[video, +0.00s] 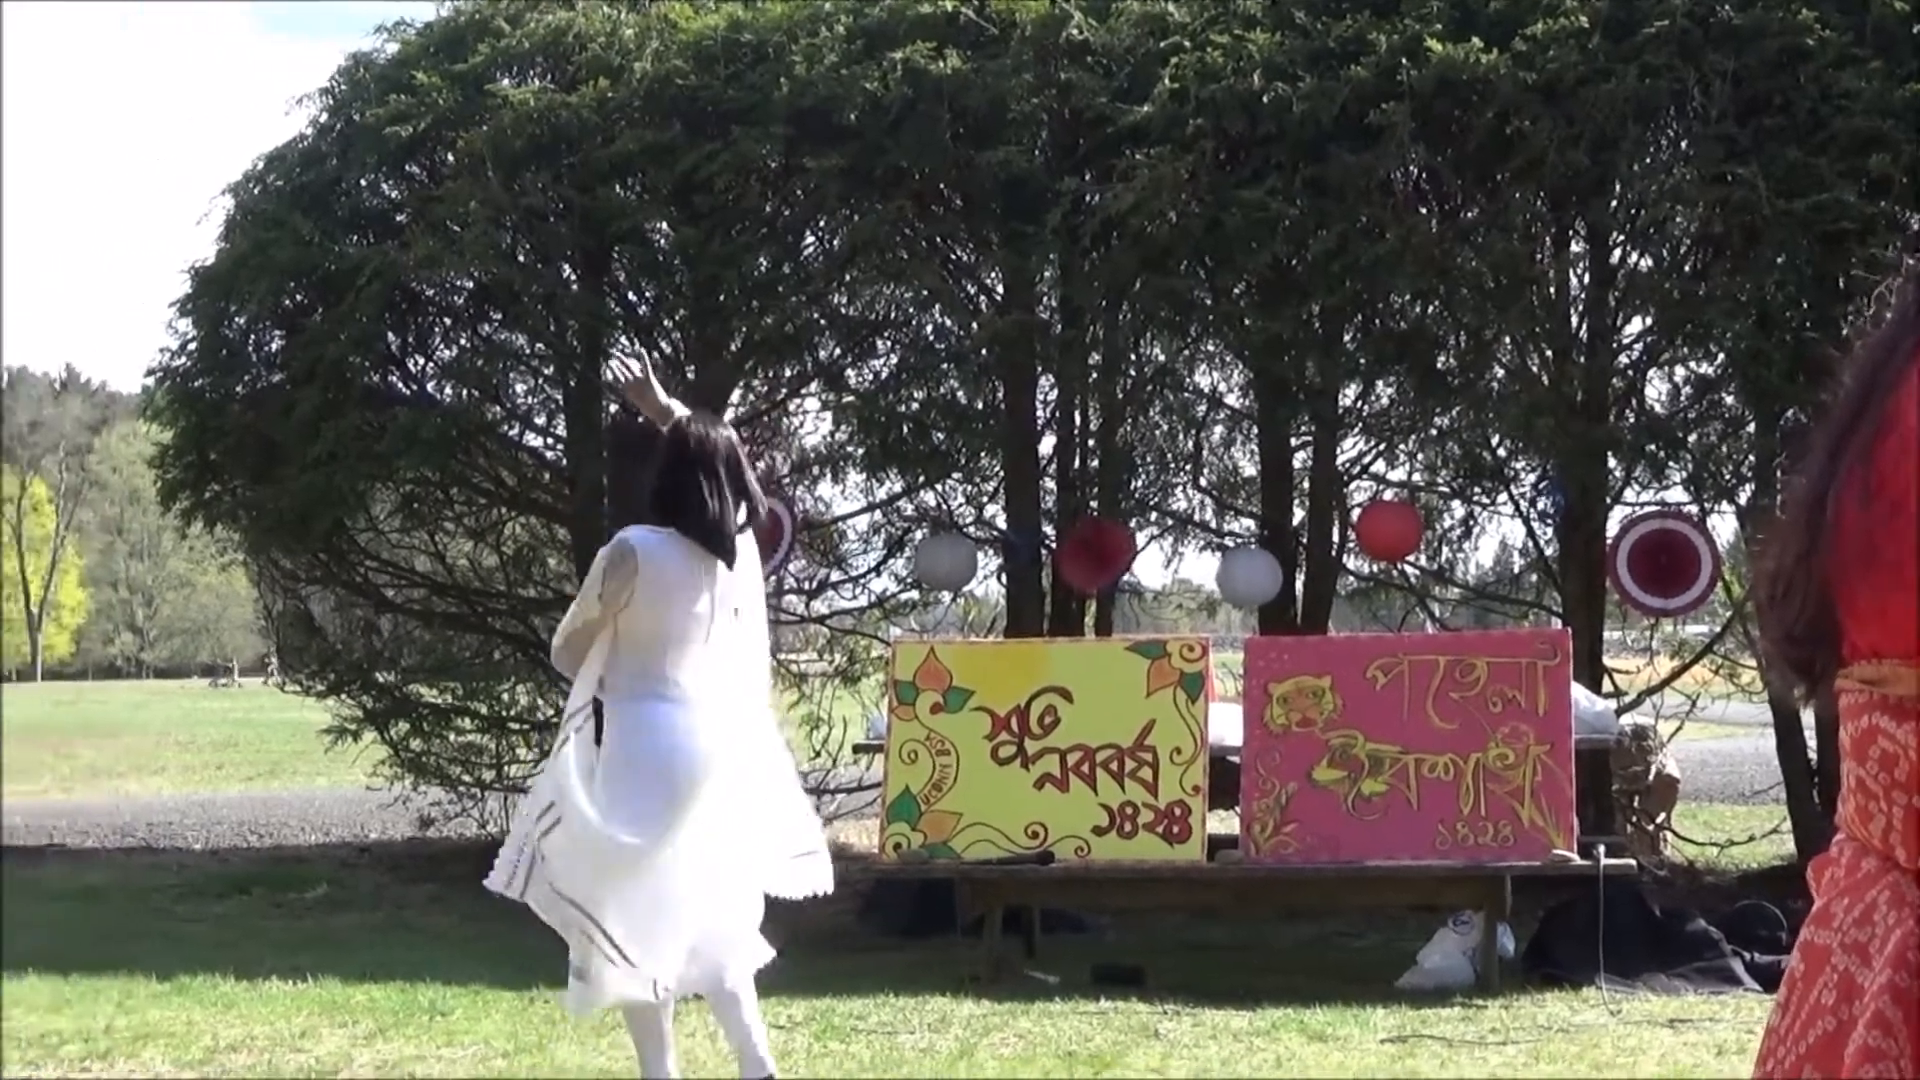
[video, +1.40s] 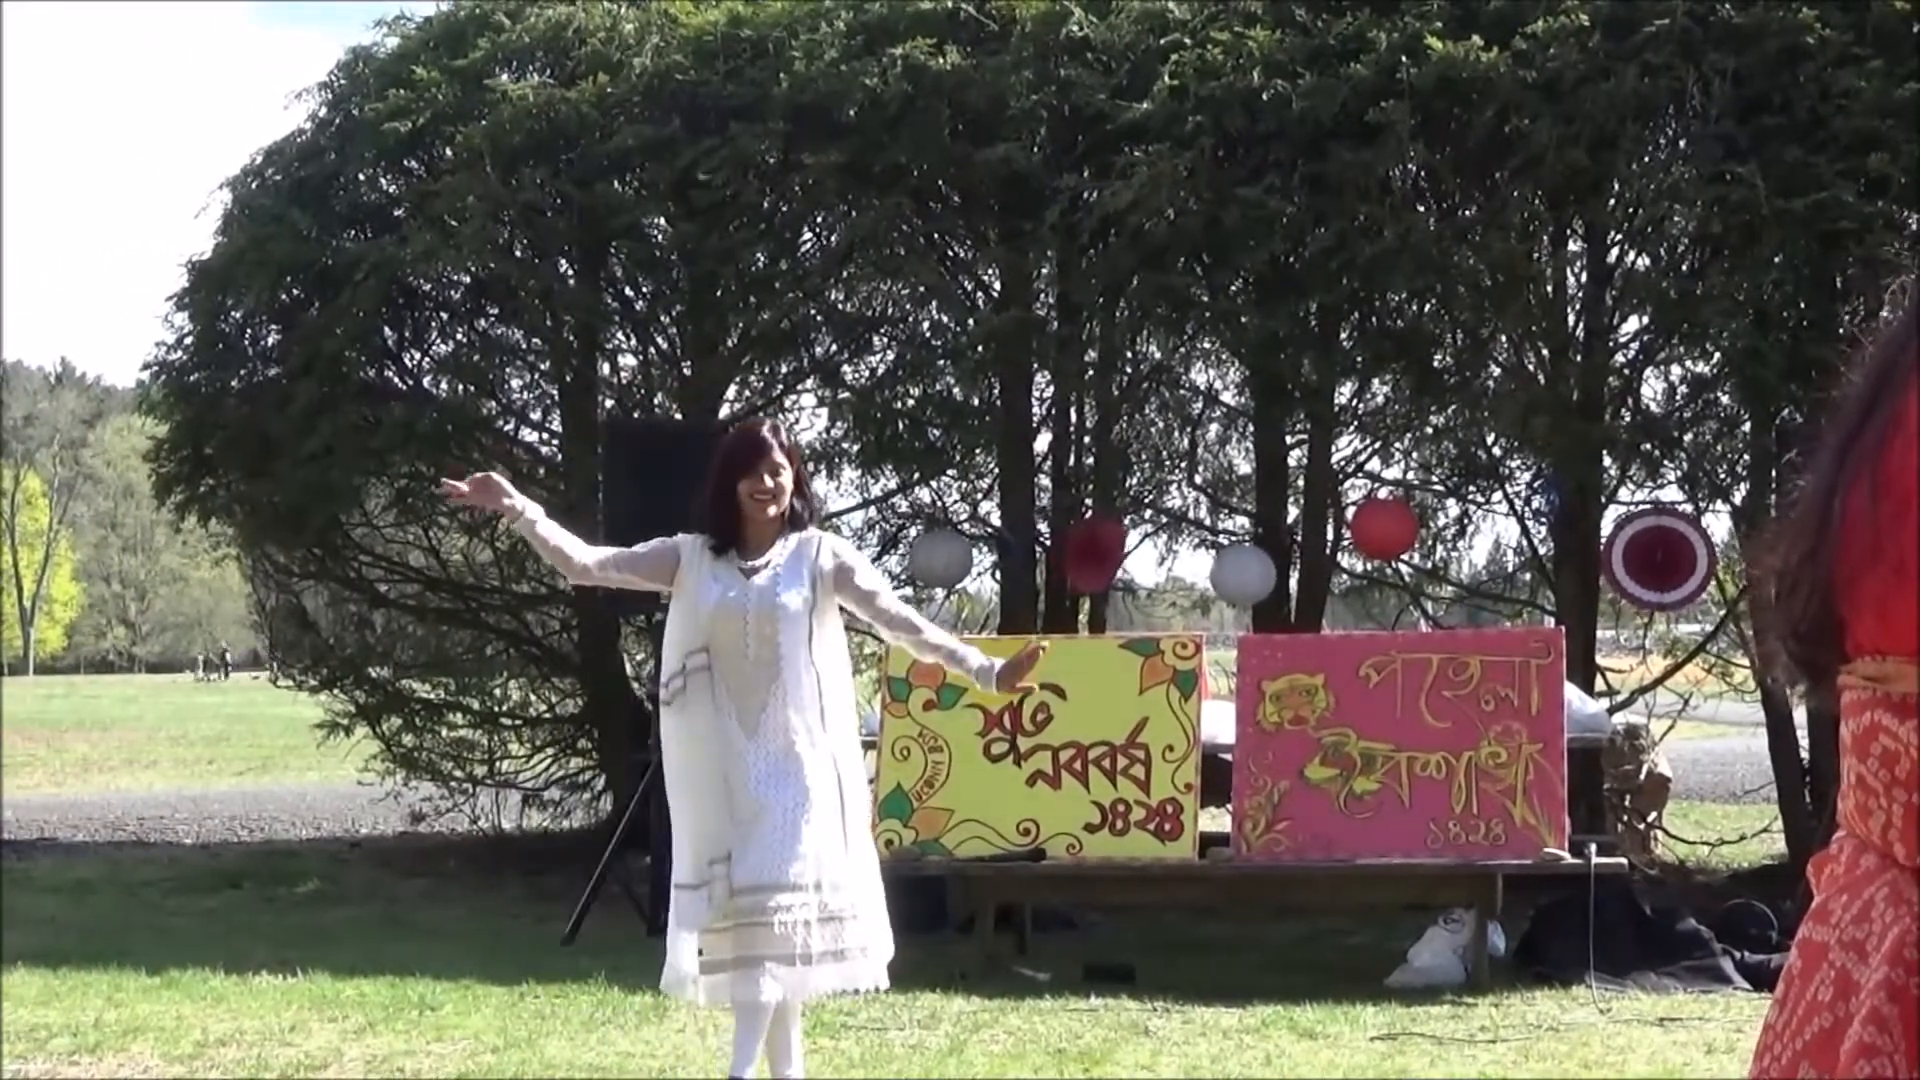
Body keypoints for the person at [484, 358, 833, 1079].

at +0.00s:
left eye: (661, 458)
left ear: (666, 474)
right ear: (734, 481)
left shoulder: (631, 551)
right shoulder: (744, 553)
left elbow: (567, 645)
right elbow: (723, 466)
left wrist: (612, 687)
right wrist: (662, 407)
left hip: (642, 736)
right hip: (720, 735)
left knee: (631, 912)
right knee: (718, 911)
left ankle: (659, 1069)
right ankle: (759, 1065)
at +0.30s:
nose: (671, 492)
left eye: (679, 480)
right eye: (672, 480)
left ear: (716, 490)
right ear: (727, 494)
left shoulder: (700, 567)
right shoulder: (716, 557)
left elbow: (639, 673)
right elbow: (624, 491)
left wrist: (595, 708)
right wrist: (656, 427)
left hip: (667, 784)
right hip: (704, 779)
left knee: (639, 930)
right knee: (695, 929)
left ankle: (664, 1069)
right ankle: (786, 1057)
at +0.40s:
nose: (675, 485)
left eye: (685, 473)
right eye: (677, 473)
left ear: (724, 483)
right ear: (713, 485)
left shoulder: (731, 562)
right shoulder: (684, 547)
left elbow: (676, 666)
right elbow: (603, 491)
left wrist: (604, 708)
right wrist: (654, 423)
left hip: (689, 773)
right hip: (657, 767)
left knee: (657, 929)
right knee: (697, 926)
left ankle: (663, 1070)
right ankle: (768, 1063)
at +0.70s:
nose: (717, 489)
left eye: (734, 477)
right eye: (708, 475)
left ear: (767, 488)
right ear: (698, 484)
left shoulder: (782, 567)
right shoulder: (682, 560)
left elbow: (772, 672)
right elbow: (597, 528)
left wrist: (687, 747)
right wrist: (654, 447)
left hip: (744, 777)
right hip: (676, 771)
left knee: (735, 946)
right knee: (679, 937)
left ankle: (781, 1070)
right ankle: (682, 1072)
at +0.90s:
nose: (745, 491)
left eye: (759, 478)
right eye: (732, 479)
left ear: (785, 489)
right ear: (716, 490)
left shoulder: (805, 566)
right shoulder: (693, 568)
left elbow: (816, 668)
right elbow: (600, 551)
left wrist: (797, 755)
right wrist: (620, 456)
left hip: (774, 769)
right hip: (709, 769)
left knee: (726, 920)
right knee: (745, 928)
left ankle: (695, 1070)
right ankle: (784, 1070)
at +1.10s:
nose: (759, 490)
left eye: (771, 477)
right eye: (746, 478)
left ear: (793, 485)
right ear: (726, 488)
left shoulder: (817, 560)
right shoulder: (694, 563)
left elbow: (857, 661)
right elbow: (591, 561)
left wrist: (893, 740)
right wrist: (573, 465)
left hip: (790, 763)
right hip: (713, 760)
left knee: (751, 911)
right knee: (757, 917)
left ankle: (727, 1068)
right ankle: (787, 1069)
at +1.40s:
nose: (765, 482)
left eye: (775, 469)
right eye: (750, 471)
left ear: (794, 479)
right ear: (727, 483)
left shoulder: (821, 556)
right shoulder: (693, 558)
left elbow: (905, 624)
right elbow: (586, 565)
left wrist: (984, 665)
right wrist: (513, 506)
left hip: (803, 758)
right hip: (723, 756)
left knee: (764, 903)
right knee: (769, 912)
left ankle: (740, 1069)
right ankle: (788, 1069)